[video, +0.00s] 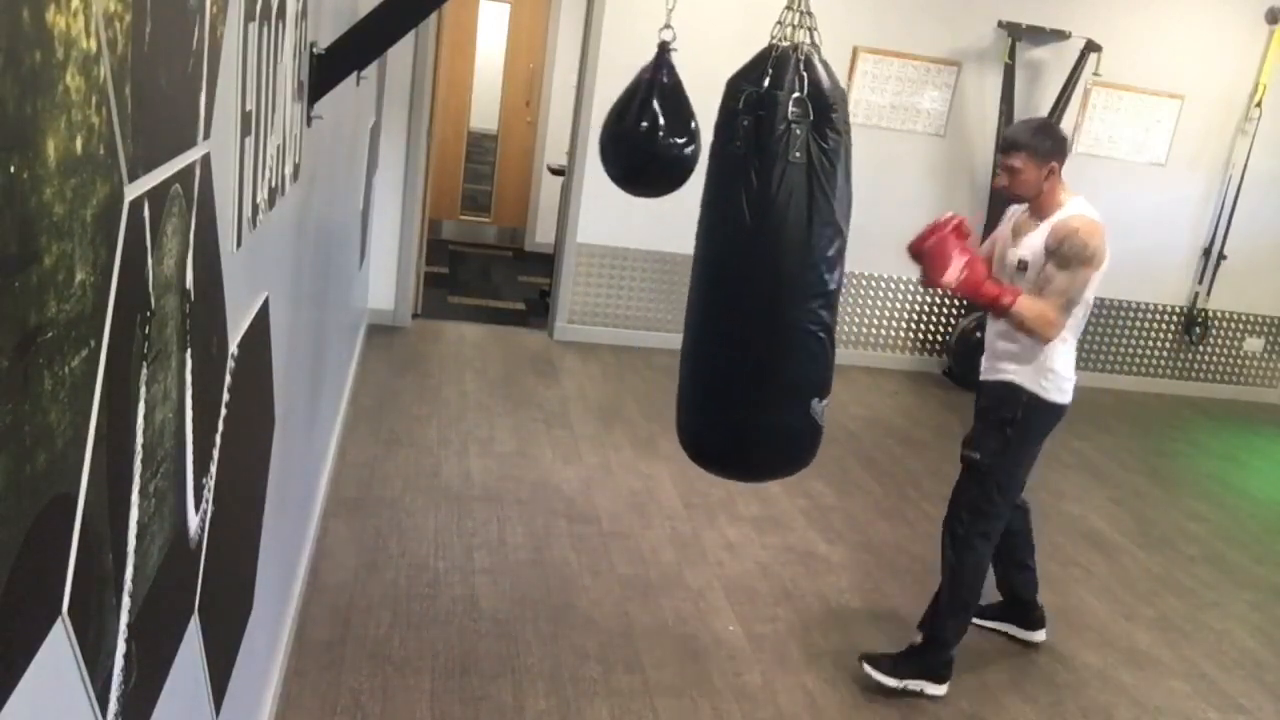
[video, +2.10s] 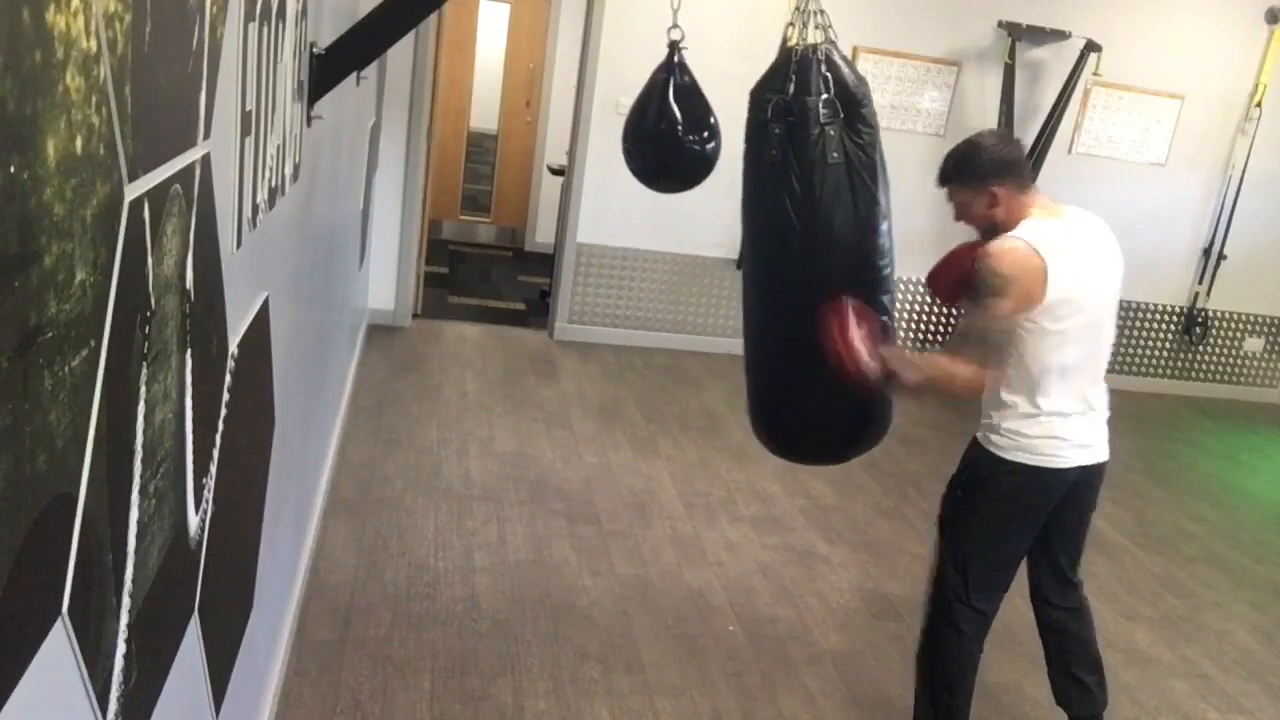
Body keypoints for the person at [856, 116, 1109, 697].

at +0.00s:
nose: (1003, 176)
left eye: (1013, 168)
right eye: (1002, 166)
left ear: (1051, 169)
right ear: (1021, 170)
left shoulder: (1080, 232)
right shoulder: (1017, 218)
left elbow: (1047, 322)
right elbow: (979, 273)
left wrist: (981, 286)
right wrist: (951, 255)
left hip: (1030, 390)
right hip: (1003, 380)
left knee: (971, 518)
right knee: (1001, 498)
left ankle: (932, 660)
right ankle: (1022, 607)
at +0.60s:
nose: (937, 189)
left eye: (946, 179)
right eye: (935, 178)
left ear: (986, 171)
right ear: (963, 170)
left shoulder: (1020, 221)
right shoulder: (967, 217)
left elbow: (981, 305)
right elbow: (941, 283)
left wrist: (908, 279)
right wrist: (888, 276)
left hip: (978, 398)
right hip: (948, 388)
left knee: (921, 532)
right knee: (944, 509)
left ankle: (892, 670)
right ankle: (978, 606)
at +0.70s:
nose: (934, 193)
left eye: (945, 184)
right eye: (932, 182)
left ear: (986, 174)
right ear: (933, 175)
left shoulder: (1032, 228)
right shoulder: (939, 203)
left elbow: (1023, 326)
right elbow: (882, 230)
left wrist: (945, 284)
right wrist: (840, 243)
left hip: (981, 398)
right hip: (932, 383)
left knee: (920, 533)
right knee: (939, 505)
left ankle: (891, 671)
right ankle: (975, 602)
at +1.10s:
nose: (934, 196)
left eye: (942, 184)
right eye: (933, 184)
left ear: (984, 177)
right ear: (965, 179)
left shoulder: (1030, 235)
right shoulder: (962, 227)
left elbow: (1030, 332)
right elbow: (947, 291)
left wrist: (955, 309)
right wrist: (897, 274)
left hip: (996, 406)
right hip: (962, 392)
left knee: (916, 528)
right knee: (952, 509)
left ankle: (892, 670)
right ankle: (980, 625)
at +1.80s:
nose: (933, 244)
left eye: (935, 233)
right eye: (928, 234)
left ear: (972, 217)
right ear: (972, 214)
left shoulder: (1048, 268)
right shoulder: (992, 251)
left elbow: (1081, 381)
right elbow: (983, 328)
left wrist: (981, 373)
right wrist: (935, 319)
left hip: (1029, 450)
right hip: (1005, 435)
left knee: (960, 592)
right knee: (1016, 558)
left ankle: (940, 710)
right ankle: (1032, 669)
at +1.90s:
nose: (938, 245)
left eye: (939, 232)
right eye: (933, 234)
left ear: (973, 216)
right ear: (976, 212)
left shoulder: (1050, 268)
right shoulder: (1003, 251)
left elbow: (1100, 381)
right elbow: (1000, 336)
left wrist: (998, 401)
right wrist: (952, 317)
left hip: (1030, 456)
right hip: (1021, 443)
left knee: (962, 601)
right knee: (1031, 580)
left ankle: (943, 712)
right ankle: (1088, 705)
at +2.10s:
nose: (958, 217)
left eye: (961, 205)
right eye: (954, 205)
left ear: (995, 194)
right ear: (1018, 185)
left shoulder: (1008, 257)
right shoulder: (1094, 233)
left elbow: (974, 372)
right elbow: (1057, 305)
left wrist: (890, 360)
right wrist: (986, 273)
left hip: (1013, 464)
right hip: (1082, 462)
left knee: (960, 608)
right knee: (1059, 589)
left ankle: (940, 711)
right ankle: (1087, 709)